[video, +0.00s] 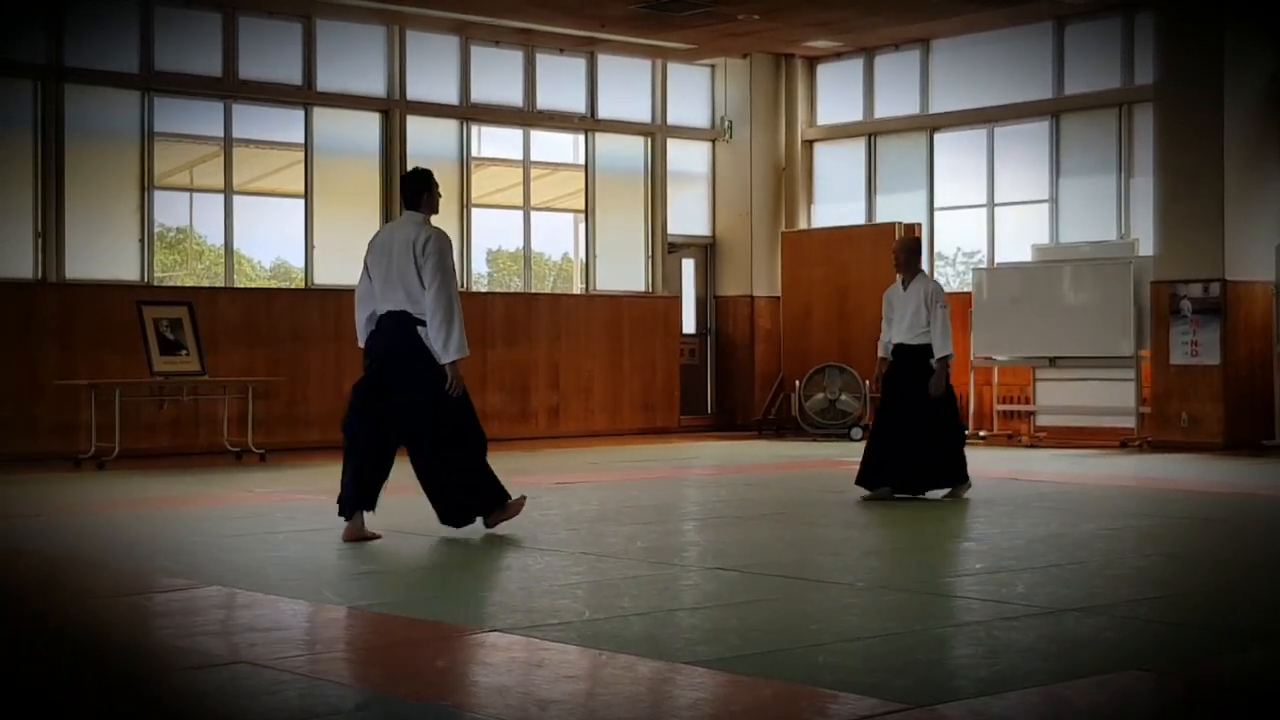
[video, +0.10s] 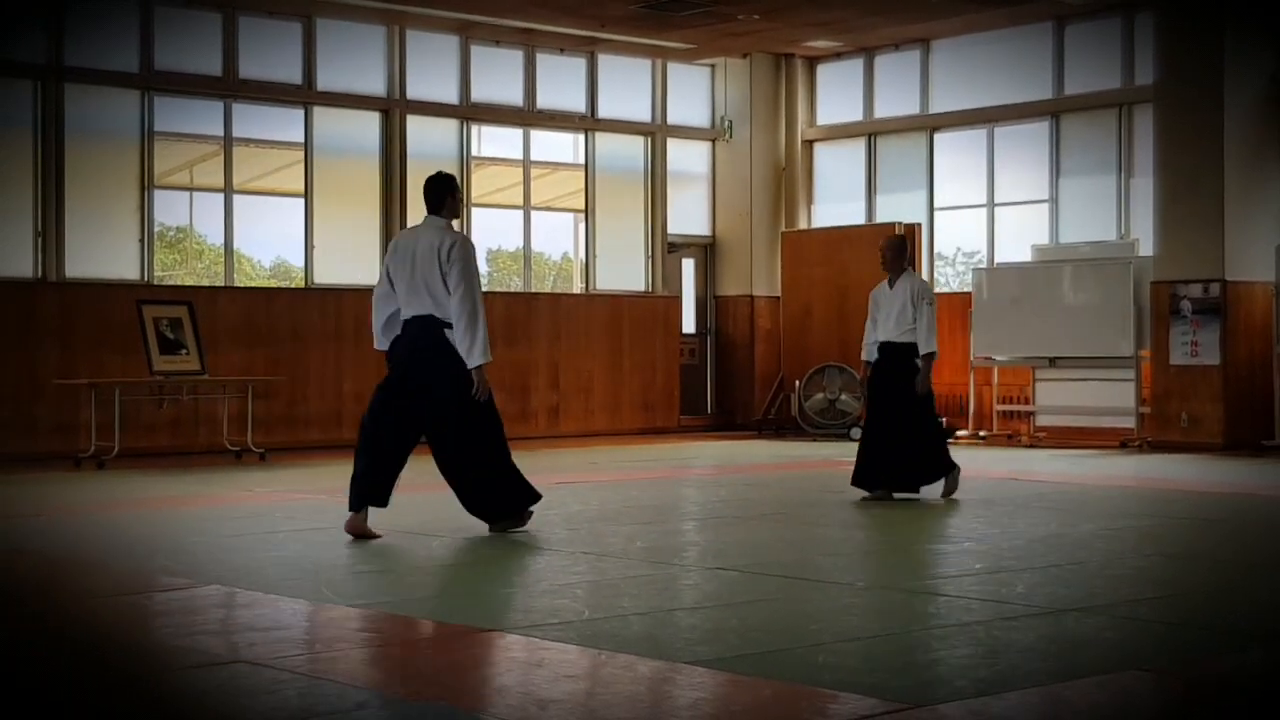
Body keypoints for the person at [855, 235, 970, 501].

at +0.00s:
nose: (895, 259)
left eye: (900, 254)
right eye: (894, 254)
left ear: (915, 257)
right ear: (895, 258)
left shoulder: (931, 289)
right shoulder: (890, 293)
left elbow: (941, 330)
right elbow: (886, 330)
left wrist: (941, 369)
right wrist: (881, 363)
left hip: (925, 359)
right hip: (898, 360)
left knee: (939, 421)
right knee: (890, 421)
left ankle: (959, 479)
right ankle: (884, 484)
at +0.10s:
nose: (881, 257)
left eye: (885, 252)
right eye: (880, 252)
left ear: (901, 255)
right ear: (884, 256)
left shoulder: (919, 287)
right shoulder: (877, 292)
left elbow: (927, 330)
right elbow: (870, 330)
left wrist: (926, 369)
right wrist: (866, 366)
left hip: (909, 358)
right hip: (882, 359)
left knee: (917, 421)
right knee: (881, 422)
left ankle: (949, 469)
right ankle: (882, 487)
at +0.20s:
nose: (870, 255)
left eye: (875, 251)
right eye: (869, 251)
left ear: (890, 253)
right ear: (873, 255)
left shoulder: (908, 284)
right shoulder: (866, 289)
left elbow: (915, 326)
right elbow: (858, 327)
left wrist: (911, 367)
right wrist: (852, 365)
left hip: (897, 354)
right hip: (873, 355)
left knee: (896, 416)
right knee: (872, 418)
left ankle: (926, 467)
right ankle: (880, 485)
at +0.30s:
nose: (860, 254)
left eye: (865, 249)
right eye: (860, 249)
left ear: (881, 252)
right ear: (864, 253)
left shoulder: (898, 285)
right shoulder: (858, 289)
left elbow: (905, 326)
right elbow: (848, 327)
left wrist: (900, 364)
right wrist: (836, 367)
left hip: (888, 355)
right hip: (864, 355)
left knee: (885, 418)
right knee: (864, 418)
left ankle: (892, 480)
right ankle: (875, 484)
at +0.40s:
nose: (853, 255)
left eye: (858, 251)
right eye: (852, 251)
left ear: (874, 253)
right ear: (855, 255)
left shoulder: (889, 286)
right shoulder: (849, 290)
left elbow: (895, 328)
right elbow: (839, 326)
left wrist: (888, 367)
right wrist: (826, 363)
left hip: (881, 356)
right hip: (855, 356)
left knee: (878, 421)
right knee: (850, 420)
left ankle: (883, 487)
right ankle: (851, 485)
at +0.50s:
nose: (845, 258)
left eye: (850, 253)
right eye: (844, 253)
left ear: (866, 256)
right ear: (847, 257)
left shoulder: (881, 289)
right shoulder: (841, 293)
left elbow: (885, 333)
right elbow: (830, 330)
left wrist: (878, 370)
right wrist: (816, 366)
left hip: (871, 359)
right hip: (846, 359)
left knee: (867, 424)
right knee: (840, 422)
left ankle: (881, 486)